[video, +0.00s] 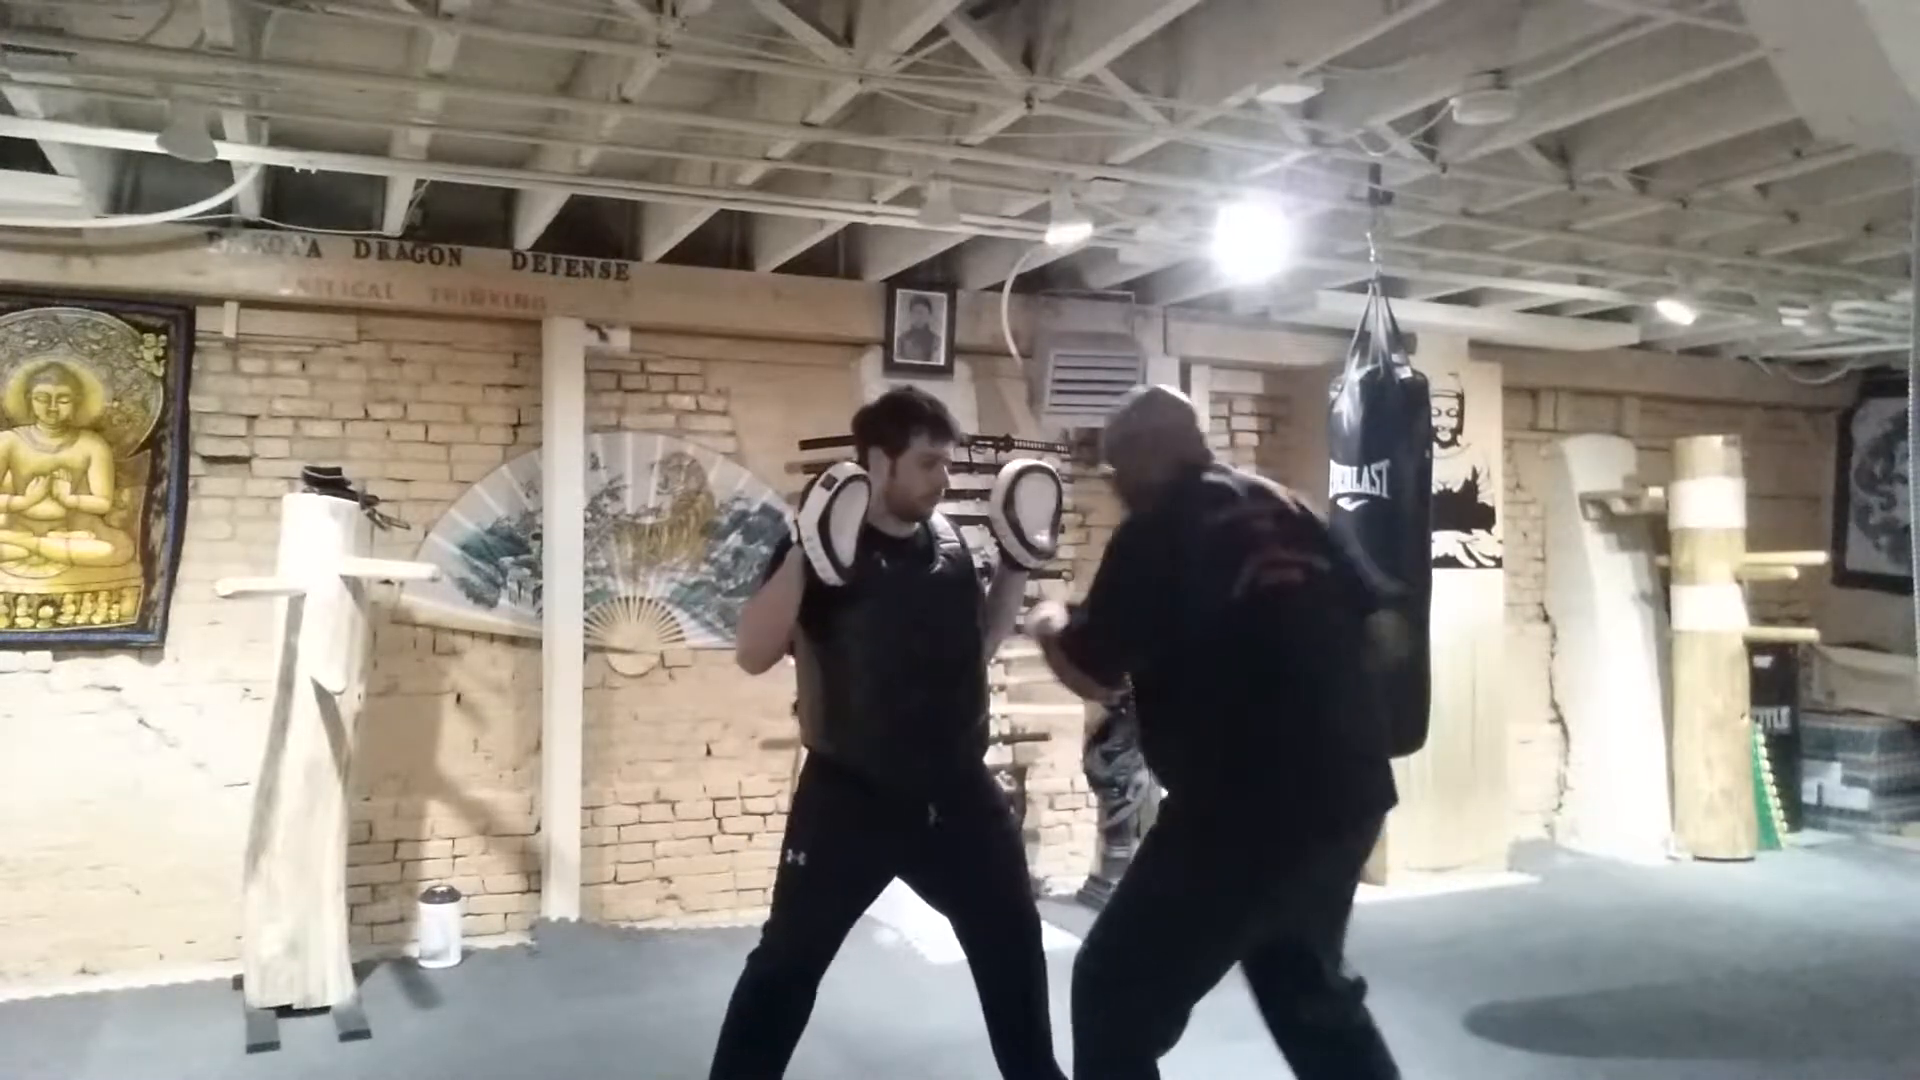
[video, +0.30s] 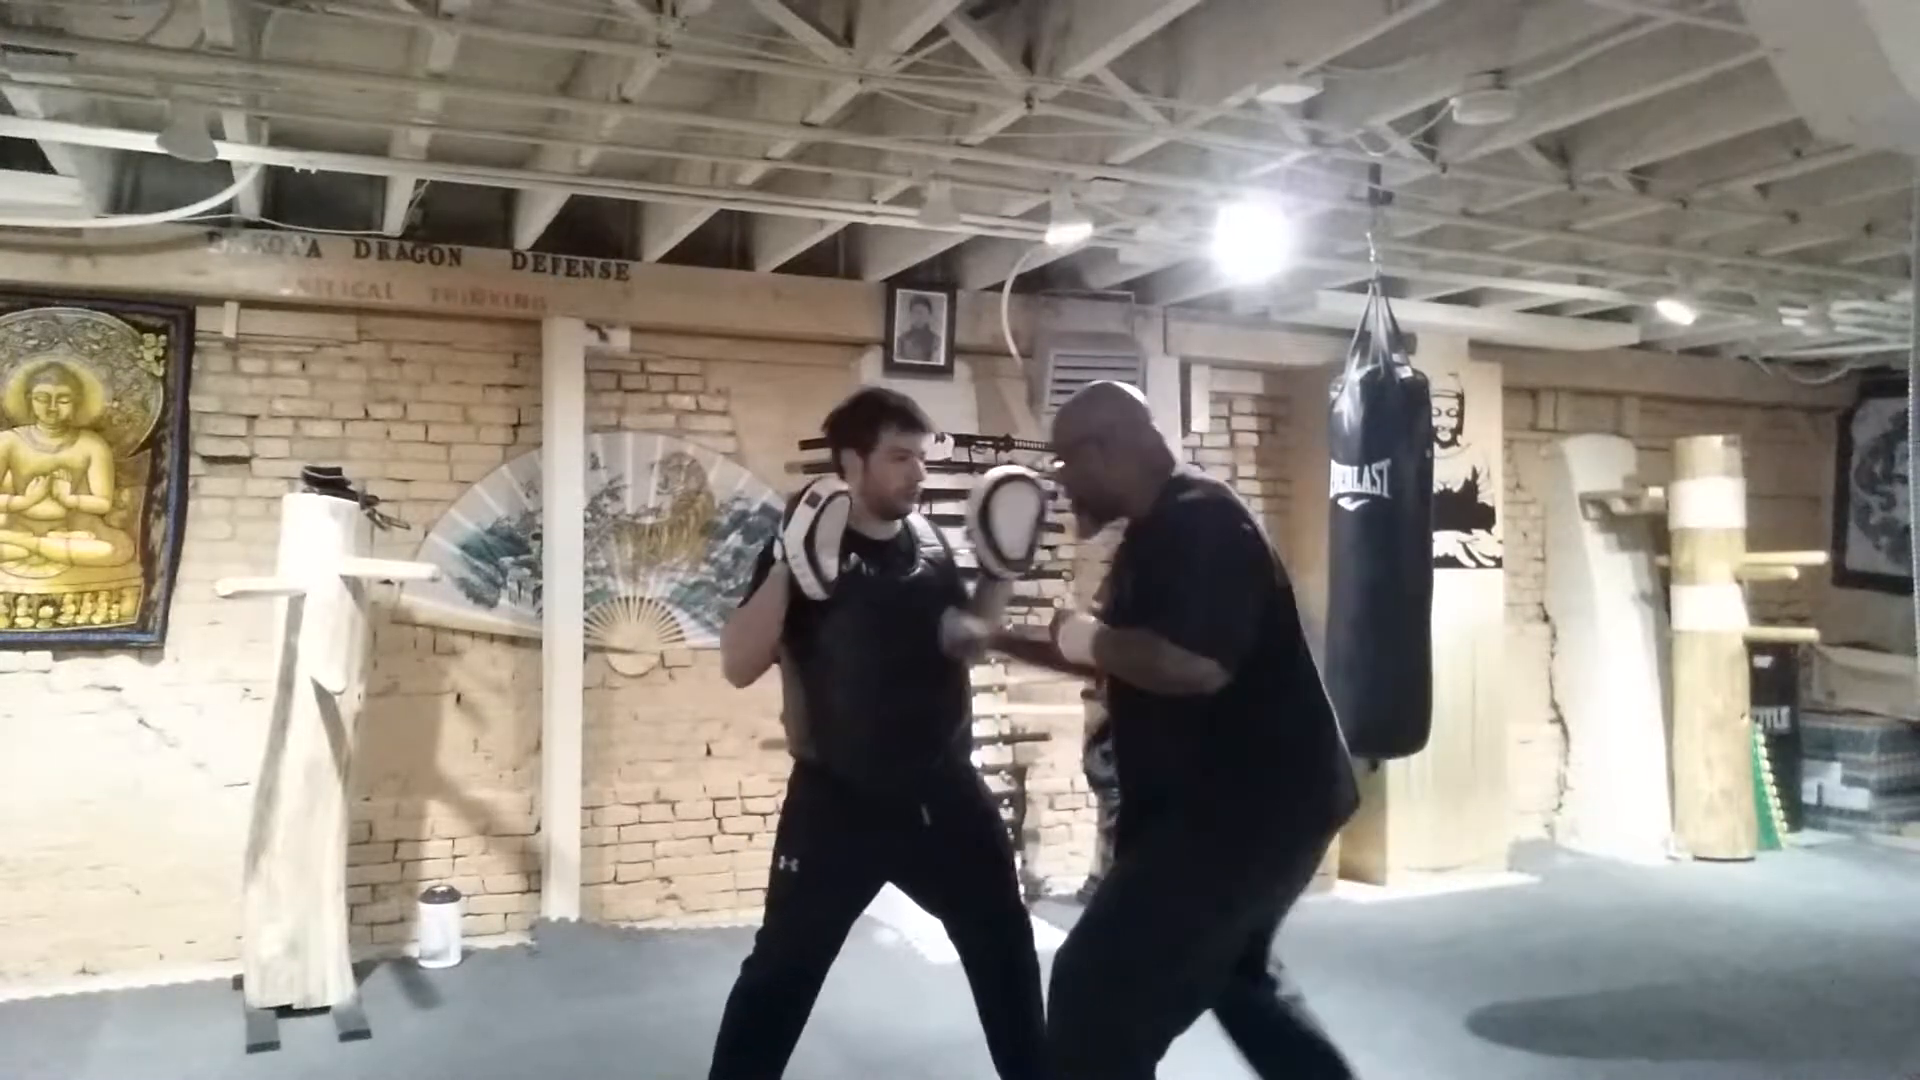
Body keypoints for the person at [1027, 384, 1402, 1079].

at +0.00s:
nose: (1115, 478)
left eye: (1119, 459)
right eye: (1112, 462)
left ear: (1150, 453)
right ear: (1195, 444)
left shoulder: (1156, 530)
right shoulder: (1286, 506)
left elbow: (1094, 667)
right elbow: (1372, 599)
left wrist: (1050, 630)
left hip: (1234, 809)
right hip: (1344, 796)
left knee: (1114, 987)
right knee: (1308, 988)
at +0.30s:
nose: (1063, 481)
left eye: (1070, 458)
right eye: (1060, 462)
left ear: (1122, 443)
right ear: (1128, 447)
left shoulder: (1201, 519)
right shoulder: (1158, 531)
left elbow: (1197, 661)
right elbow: (1125, 657)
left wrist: (1086, 638)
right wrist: (1004, 639)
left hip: (1248, 809)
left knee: (1099, 984)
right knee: (1235, 977)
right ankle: (1325, 1077)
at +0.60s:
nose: (1153, 437)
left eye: (1156, 426)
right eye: (1159, 427)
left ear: (1166, 431)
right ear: (1244, 427)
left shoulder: (1132, 501)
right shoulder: (1312, 509)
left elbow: (1013, 493)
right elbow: (1357, 611)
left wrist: (1051, 458)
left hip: (1171, 806)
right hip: (1297, 803)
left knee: (1118, 1014)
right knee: (1302, 982)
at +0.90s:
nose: (1139, 440)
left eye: (1143, 426)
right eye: (1142, 426)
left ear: (1158, 429)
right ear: (1234, 420)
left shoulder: (1140, 510)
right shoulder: (1315, 497)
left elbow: (1036, 578)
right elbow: (1381, 589)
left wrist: (1089, 503)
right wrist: (1293, 587)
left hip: (1191, 793)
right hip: (1304, 784)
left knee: (1089, 985)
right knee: (1284, 962)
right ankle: (1329, 1079)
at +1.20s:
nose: (1084, 459)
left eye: (1094, 439)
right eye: (1083, 442)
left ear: (1149, 432)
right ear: (1151, 433)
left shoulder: (1246, 531)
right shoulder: (1122, 512)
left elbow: (1217, 697)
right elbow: (1001, 570)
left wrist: (1113, 569)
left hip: (1228, 808)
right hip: (1161, 796)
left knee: (1061, 987)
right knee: (1206, 976)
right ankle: (1290, 1074)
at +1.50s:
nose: (1100, 417)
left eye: (1116, 398)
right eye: (1099, 400)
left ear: (1163, 400)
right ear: (1176, 403)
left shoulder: (1195, 495)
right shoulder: (1231, 479)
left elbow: (1157, 666)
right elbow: (1207, 608)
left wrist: (1077, 583)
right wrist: (1121, 556)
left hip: (1241, 772)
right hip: (1295, 758)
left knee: (1130, 984)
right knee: (1267, 947)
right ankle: (1344, 1076)